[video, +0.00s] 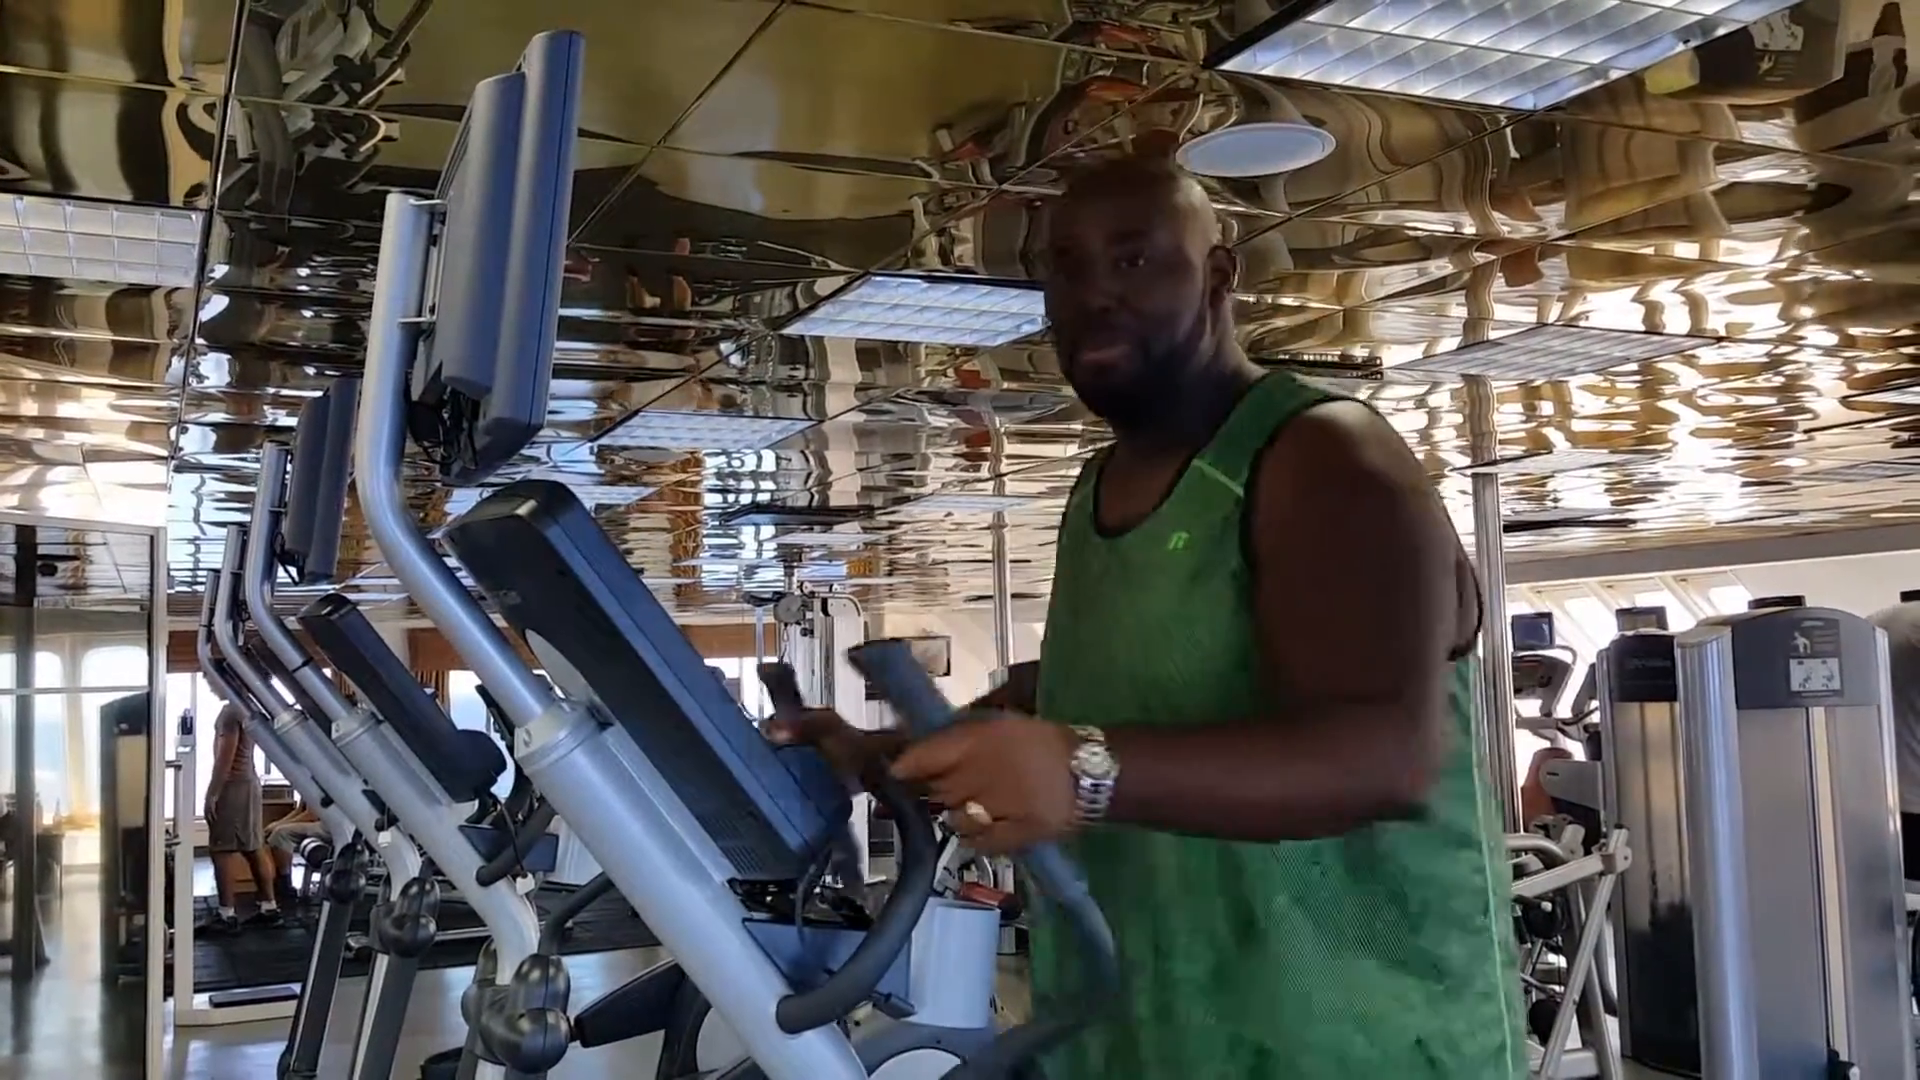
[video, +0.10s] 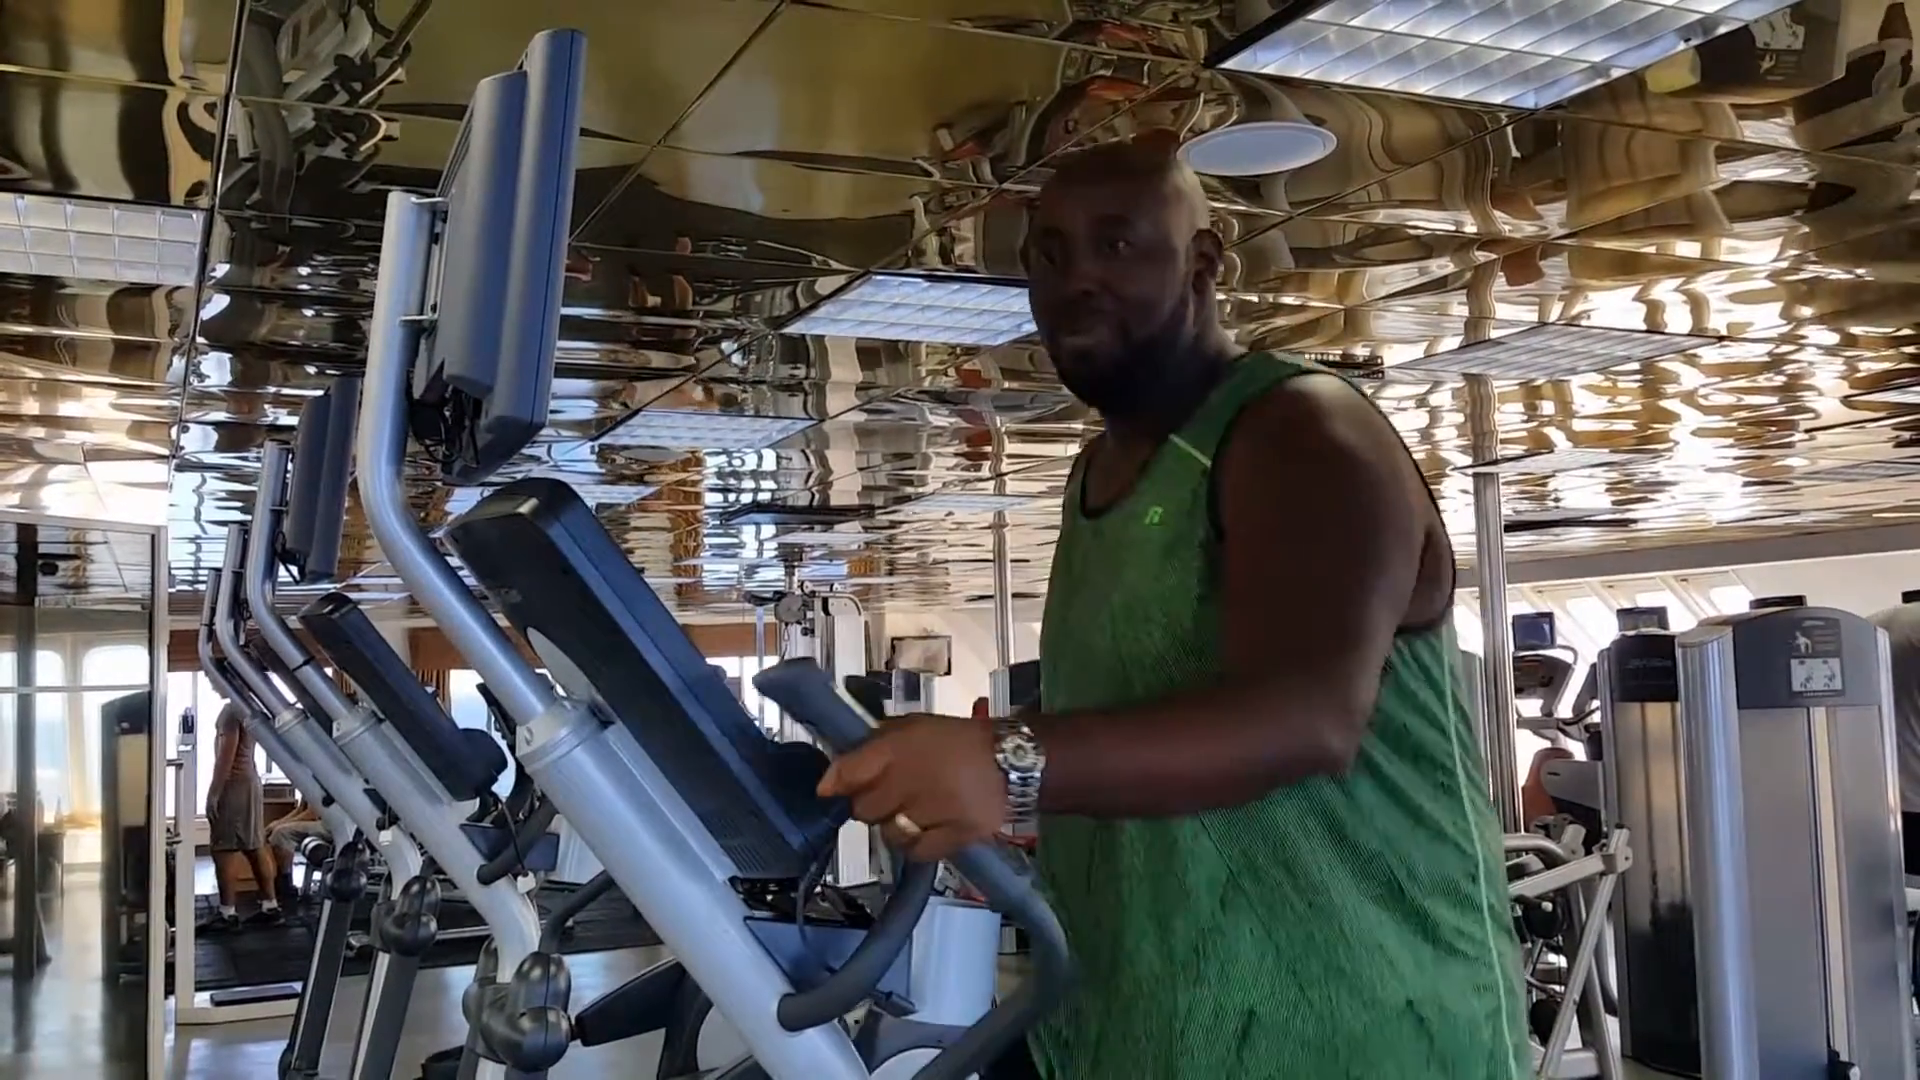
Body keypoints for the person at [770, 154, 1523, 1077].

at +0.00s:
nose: (1091, 296)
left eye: (1133, 258)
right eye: (1064, 269)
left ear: (1221, 277)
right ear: (1044, 297)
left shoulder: (1336, 463)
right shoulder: (1102, 490)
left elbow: (1389, 751)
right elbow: (1107, 719)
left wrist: (1092, 774)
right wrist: (901, 757)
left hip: (1345, 1037)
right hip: (1134, 1029)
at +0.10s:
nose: (1076, 283)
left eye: (1118, 245)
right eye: (1051, 253)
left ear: (1205, 266)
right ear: (1027, 279)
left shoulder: (1311, 430)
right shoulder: (1104, 467)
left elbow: (1310, 714)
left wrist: (1015, 764)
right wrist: (1026, 797)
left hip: (1336, 1023)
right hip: (1143, 1013)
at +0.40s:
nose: (1039, 225)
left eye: (1081, 193)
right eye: (1013, 199)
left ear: (1157, 219)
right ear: (987, 232)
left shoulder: (1269, 381)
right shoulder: (1056, 442)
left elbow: (1305, 639)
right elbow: (1056, 665)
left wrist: (1041, 761)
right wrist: (943, 756)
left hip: (1319, 985)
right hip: (1140, 989)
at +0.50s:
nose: (1054, 261)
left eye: (1097, 232)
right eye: (1024, 239)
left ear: (1172, 268)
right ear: (998, 284)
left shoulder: (1282, 433)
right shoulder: (1048, 489)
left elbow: (1389, 704)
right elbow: (1046, 709)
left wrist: (1136, 768)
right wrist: (847, 747)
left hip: (1314, 992)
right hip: (1126, 996)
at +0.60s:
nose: (1071, 279)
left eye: (1110, 246)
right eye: (1041, 257)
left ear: (1187, 281)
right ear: (1016, 302)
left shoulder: (1299, 451)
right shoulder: (1041, 510)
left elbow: (1483, 715)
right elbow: (973, 718)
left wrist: (1253, 803)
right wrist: (761, 741)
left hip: (1317, 988)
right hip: (1122, 999)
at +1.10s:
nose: (1122, 256)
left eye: (1167, 225)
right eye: (1090, 236)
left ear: (1239, 260)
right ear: (1062, 275)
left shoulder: (1359, 442)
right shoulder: (1106, 492)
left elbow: (1469, 738)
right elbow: (1047, 691)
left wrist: (1160, 777)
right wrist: (846, 741)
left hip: (1384, 1044)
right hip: (1144, 1041)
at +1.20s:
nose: (1119, 271)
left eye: (1164, 233)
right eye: (1086, 245)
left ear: (1240, 264)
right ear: (1058, 281)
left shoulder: (1348, 432)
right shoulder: (1129, 472)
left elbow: (1388, 731)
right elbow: (1165, 704)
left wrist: (1070, 768)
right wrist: (964, 741)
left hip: (1357, 1027)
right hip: (1156, 1021)